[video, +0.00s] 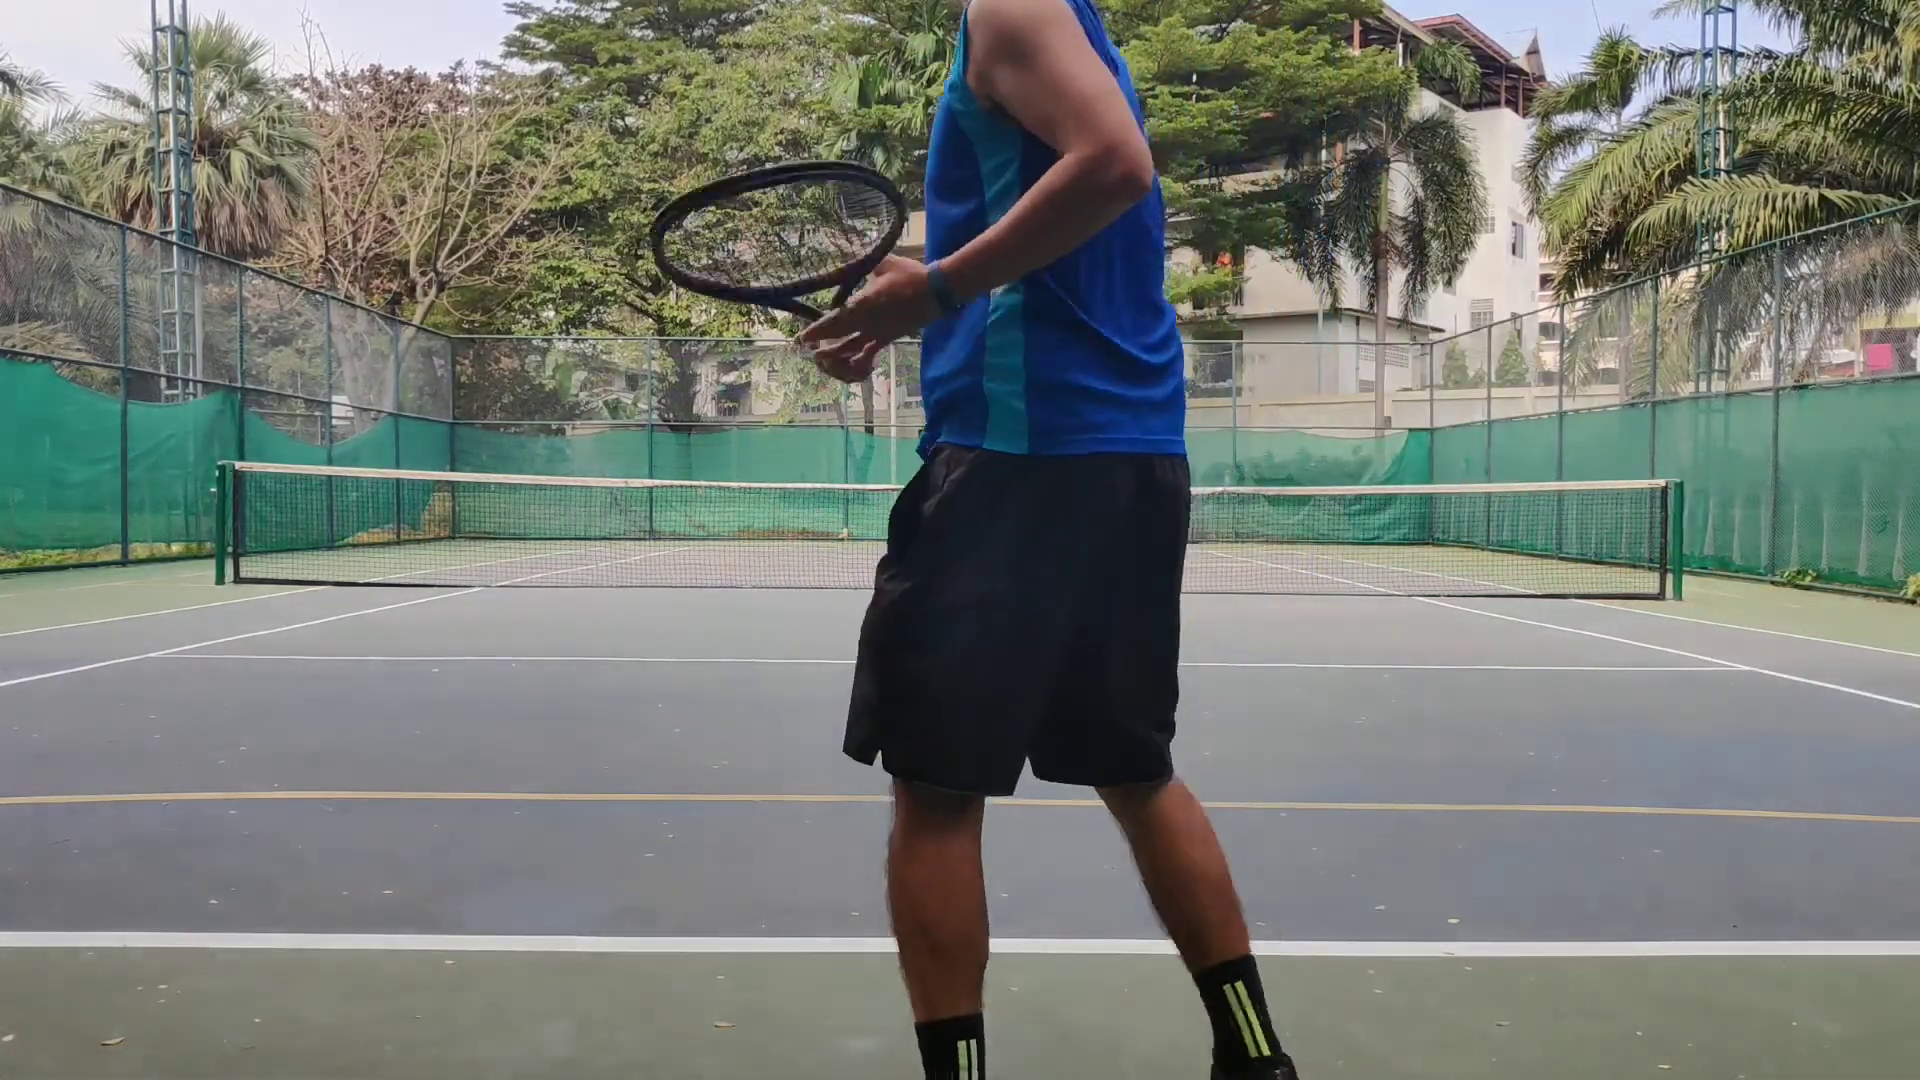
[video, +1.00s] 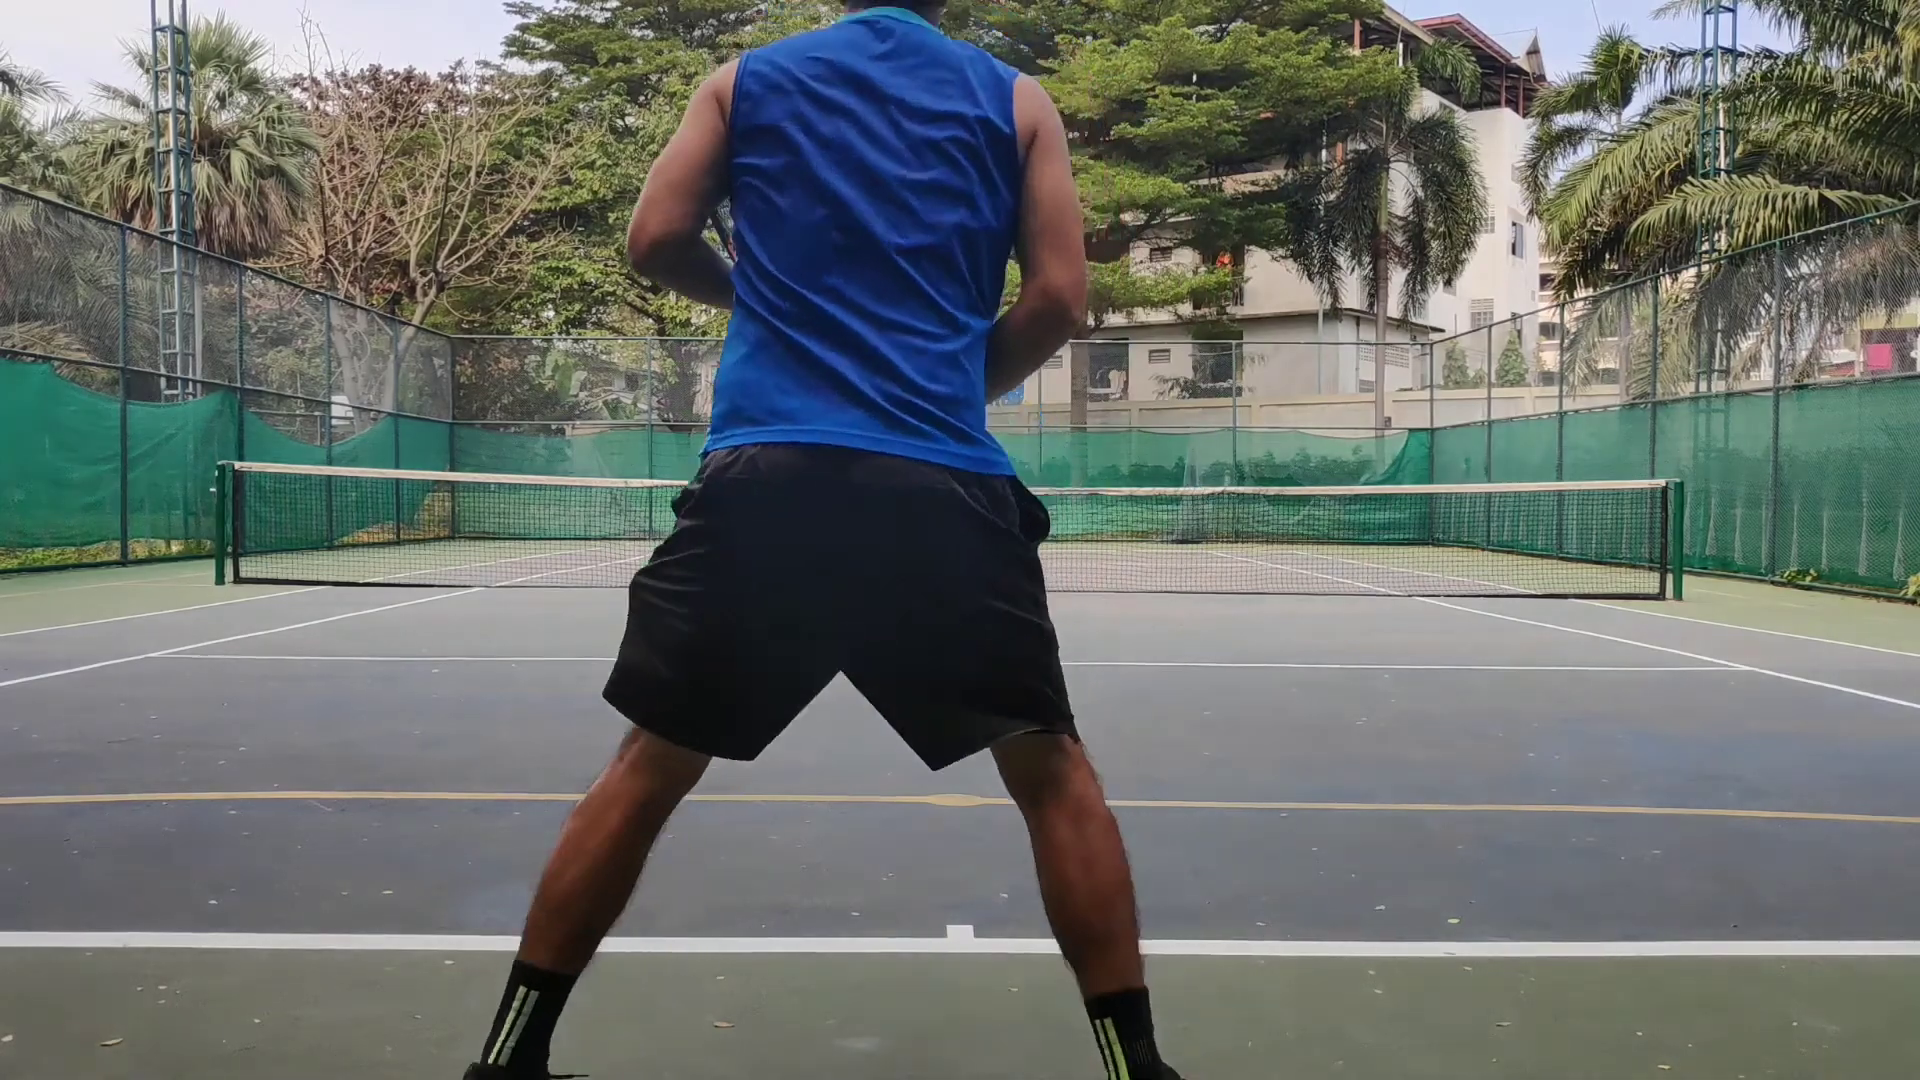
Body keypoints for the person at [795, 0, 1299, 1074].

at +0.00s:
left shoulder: (1009, 16)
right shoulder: (1084, 40)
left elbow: (1114, 158)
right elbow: (1063, 266)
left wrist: (938, 281)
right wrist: (916, 291)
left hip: (1011, 469)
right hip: (1136, 469)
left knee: (936, 792)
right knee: (1133, 762)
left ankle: (954, 1076)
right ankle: (1254, 1052)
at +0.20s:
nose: (957, 21)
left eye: (956, 13)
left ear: (968, 3)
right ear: (1064, 1)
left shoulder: (987, 62)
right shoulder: (1140, 106)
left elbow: (990, 228)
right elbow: (1184, 306)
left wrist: (895, 314)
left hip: (1030, 489)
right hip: (1162, 496)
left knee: (890, 774)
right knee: (1116, 768)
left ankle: (952, 1065)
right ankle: (1187, 1045)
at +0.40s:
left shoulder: (932, 27)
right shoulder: (1159, 64)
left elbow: (881, 199)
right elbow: (1239, 235)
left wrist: (920, 273)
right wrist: (1143, 312)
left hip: (987, 430)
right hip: (1144, 443)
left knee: (865, 713)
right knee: (1144, 730)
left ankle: (842, 1026)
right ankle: (1195, 1022)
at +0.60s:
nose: (936, 25)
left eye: (934, 17)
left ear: (941, 15)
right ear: (1053, 17)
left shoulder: (884, 112)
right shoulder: (1134, 133)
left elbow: (826, 297)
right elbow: (1201, 311)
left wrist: (919, 341)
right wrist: (1111, 403)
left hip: (932, 532)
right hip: (1099, 536)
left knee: (783, 778)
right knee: (1146, 781)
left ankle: (657, 1052)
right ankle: (1251, 1050)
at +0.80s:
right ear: (989, 0)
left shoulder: (801, 62)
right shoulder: (1065, 90)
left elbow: (716, 216)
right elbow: (1109, 273)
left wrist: (812, 268)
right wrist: (1017, 348)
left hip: (827, 472)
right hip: (1001, 486)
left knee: (729, 740)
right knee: (1101, 742)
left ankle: (637, 1040)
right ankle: (1208, 1023)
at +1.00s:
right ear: (942, 2)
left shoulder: (748, 78)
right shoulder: (1017, 98)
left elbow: (657, 238)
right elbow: (1061, 299)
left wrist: (751, 288)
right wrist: (961, 375)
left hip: (762, 491)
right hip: (943, 500)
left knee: (644, 775)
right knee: (1055, 780)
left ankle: (510, 1050)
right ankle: (1137, 1062)